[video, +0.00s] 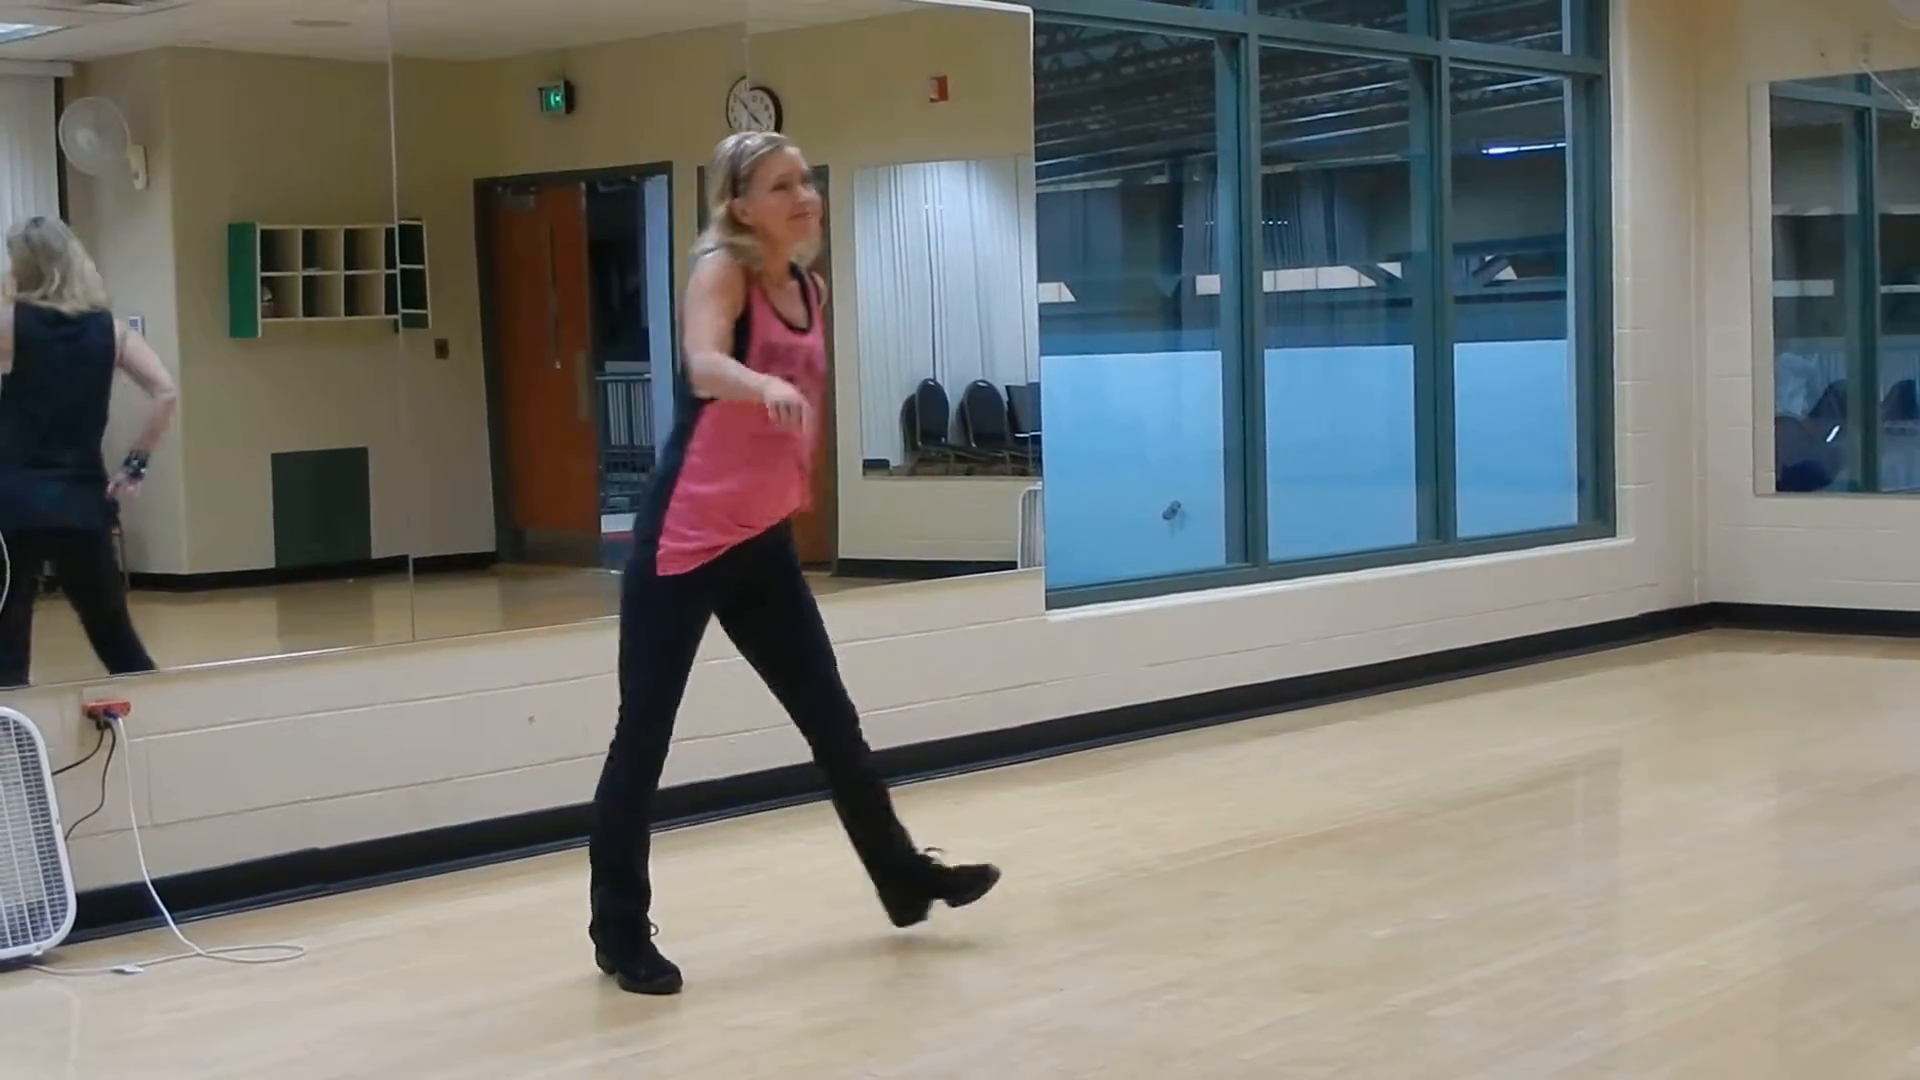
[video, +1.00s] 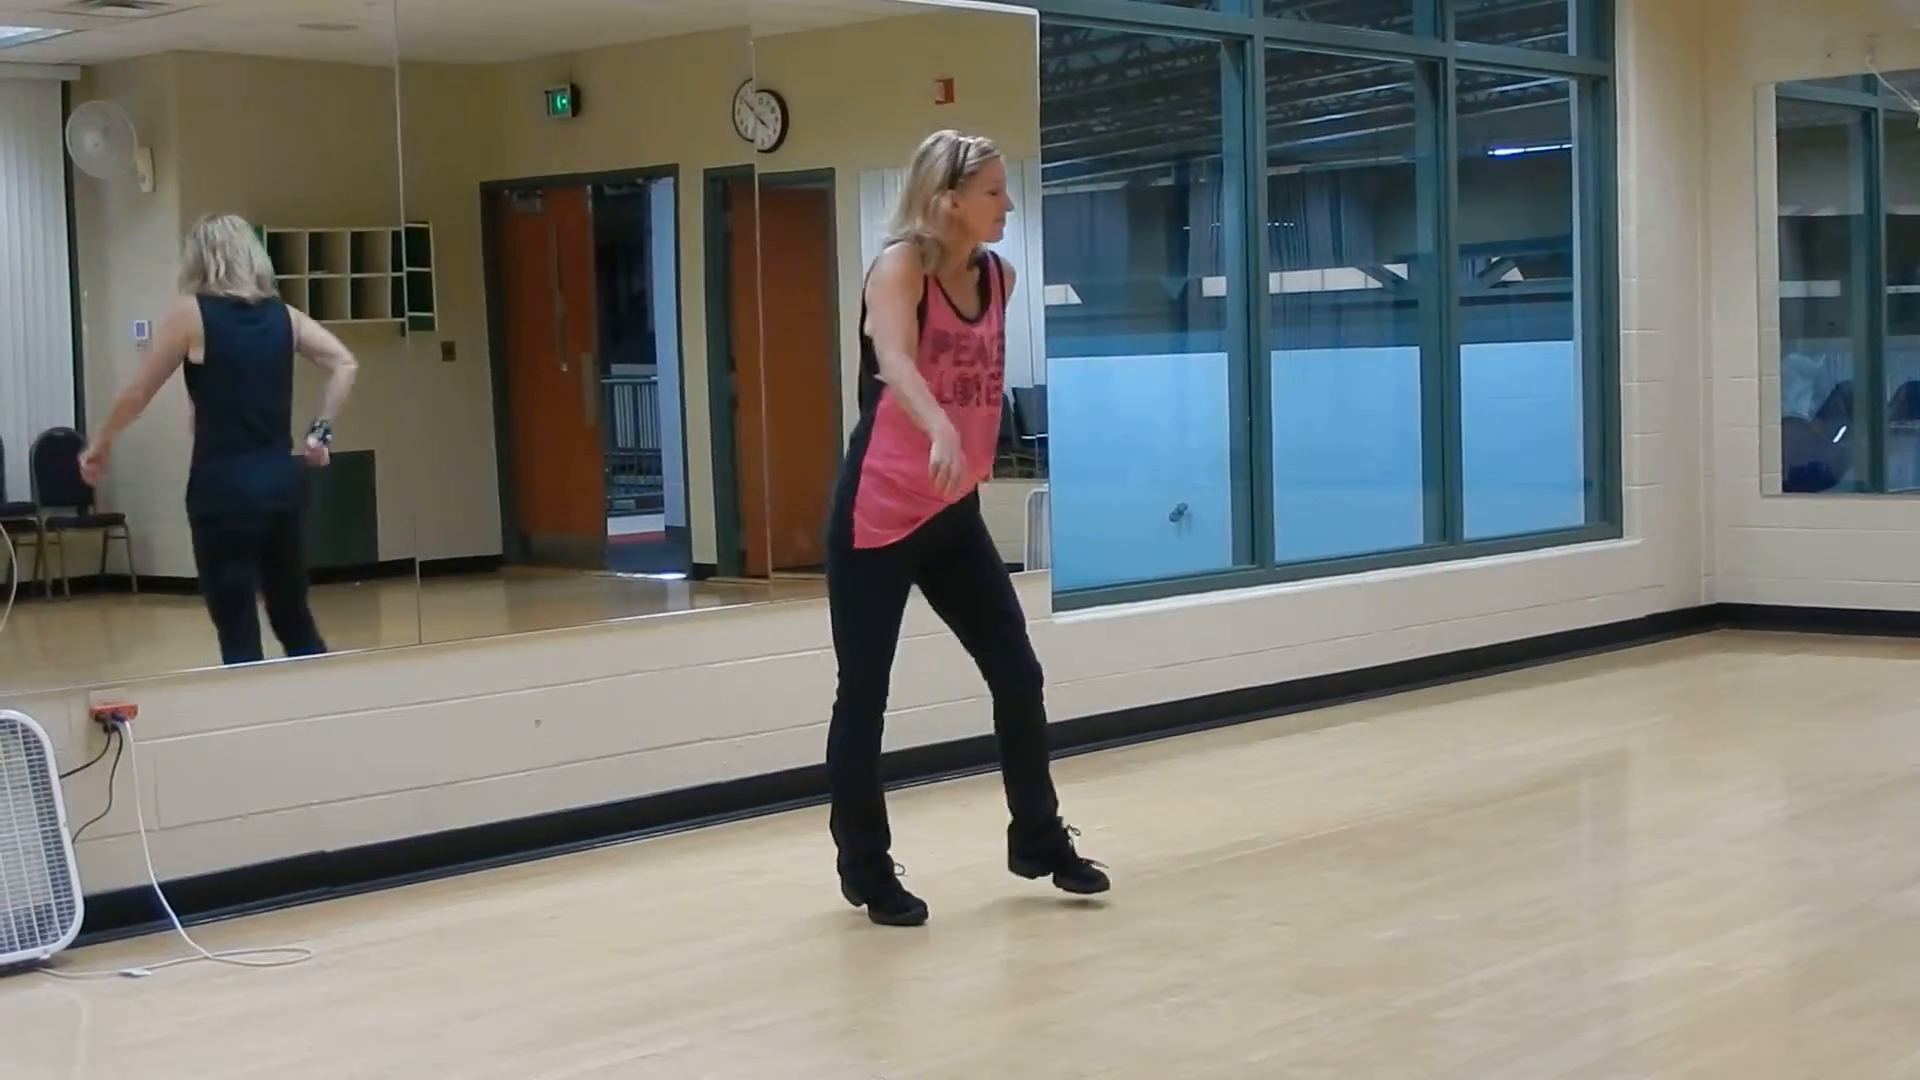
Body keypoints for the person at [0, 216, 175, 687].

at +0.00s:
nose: (8, 272)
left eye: (13, 263)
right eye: (10, 263)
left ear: (24, 267)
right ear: (74, 264)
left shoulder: (10, 322)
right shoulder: (106, 327)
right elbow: (165, 391)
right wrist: (136, 465)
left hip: (15, 508)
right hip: (79, 507)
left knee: (9, 647)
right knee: (116, 640)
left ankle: (10, 750)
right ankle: (178, 732)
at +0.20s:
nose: (62, 279)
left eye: (64, 272)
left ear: (71, 278)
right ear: (121, 273)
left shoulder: (57, 343)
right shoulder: (160, 336)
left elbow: (11, 424)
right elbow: (200, 407)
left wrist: (12, 451)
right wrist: (159, 420)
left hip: (76, 517)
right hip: (146, 516)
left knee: (36, 656)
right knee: (166, 645)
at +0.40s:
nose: (104, 277)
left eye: (108, 268)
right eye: (105, 268)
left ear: (117, 273)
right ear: (167, 269)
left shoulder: (101, 332)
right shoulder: (201, 330)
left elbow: (97, 420)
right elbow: (221, 417)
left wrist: (98, 498)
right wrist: (176, 396)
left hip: (139, 513)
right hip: (204, 510)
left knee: (70, 634)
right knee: (197, 648)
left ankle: (112, 737)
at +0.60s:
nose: (138, 277)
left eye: (141, 269)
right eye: (139, 268)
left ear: (152, 275)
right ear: (200, 273)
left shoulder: (146, 326)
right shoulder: (225, 333)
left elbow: (144, 403)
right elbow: (246, 417)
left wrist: (127, 463)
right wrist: (235, 465)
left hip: (168, 506)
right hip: (230, 506)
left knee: (143, 644)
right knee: (209, 647)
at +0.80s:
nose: (165, 271)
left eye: (169, 262)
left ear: (174, 266)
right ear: (228, 264)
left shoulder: (169, 315)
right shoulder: (259, 326)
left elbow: (138, 401)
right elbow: (284, 405)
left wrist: (100, 410)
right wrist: (294, 474)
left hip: (194, 500)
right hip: (258, 497)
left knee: (200, 637)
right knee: (246, 631)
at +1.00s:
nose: (189, 263)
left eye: (192, 255)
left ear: (198, 259)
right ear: (253, 258)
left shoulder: (191, 313)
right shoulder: (282, 314)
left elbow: (140, 391)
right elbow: (343, 362)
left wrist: (101, 442)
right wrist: (322, 429)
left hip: (221, 489)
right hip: (282, 482)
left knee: (237, 632)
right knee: (292, 617)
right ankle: (339, 717)